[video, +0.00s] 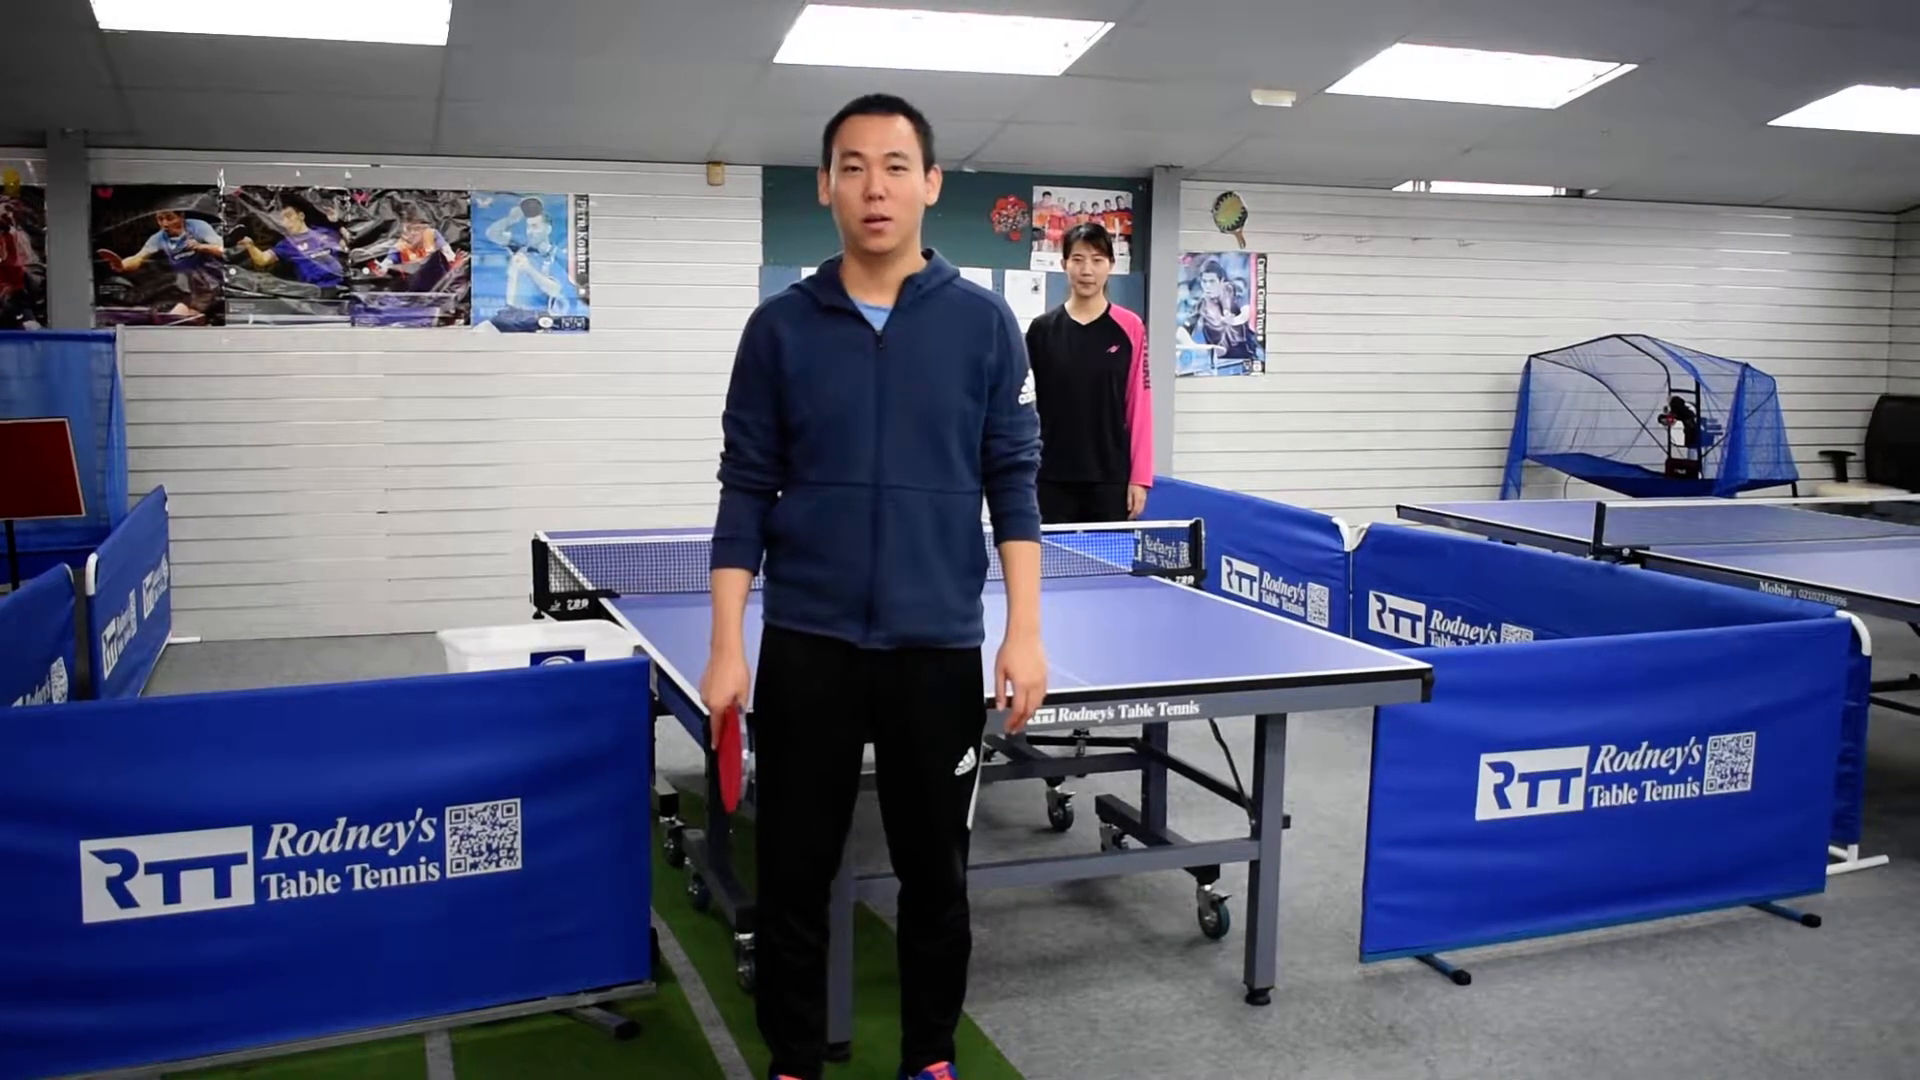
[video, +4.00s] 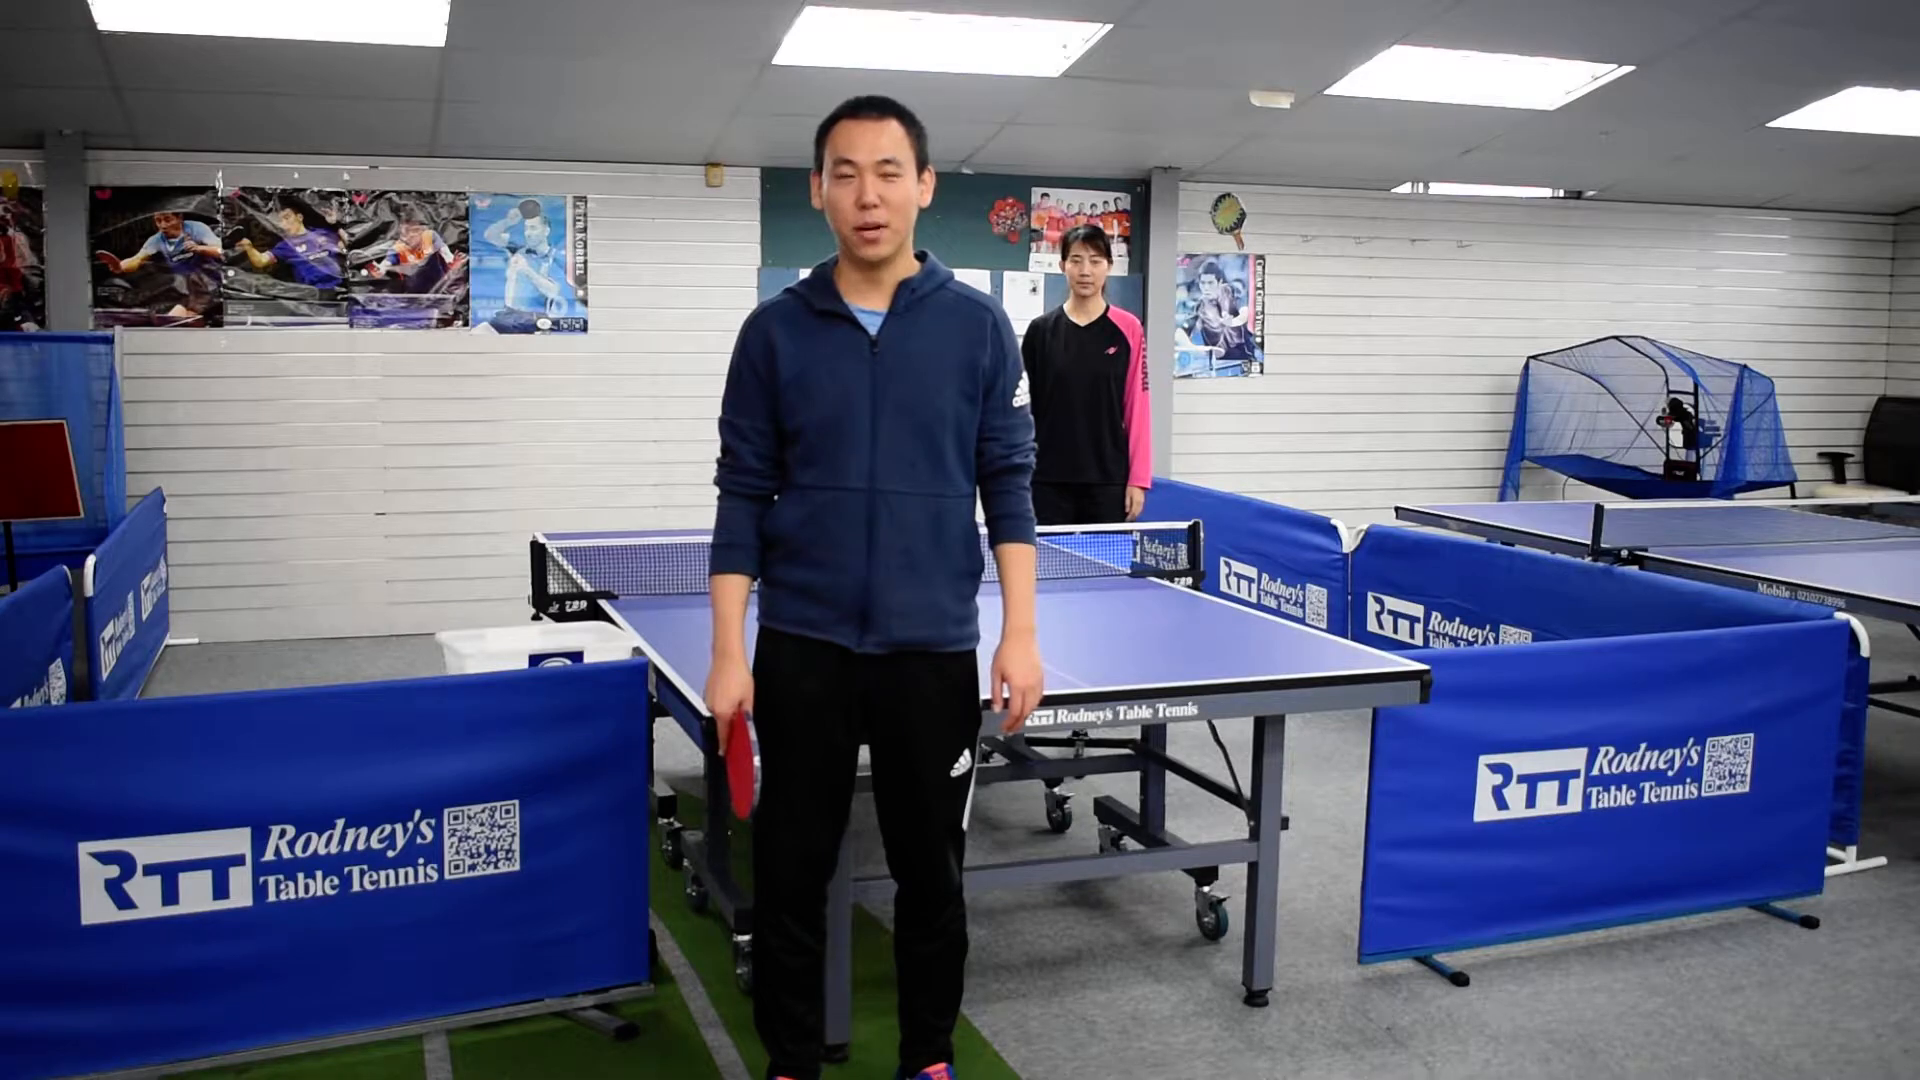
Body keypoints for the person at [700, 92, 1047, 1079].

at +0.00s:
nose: (874, 187)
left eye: (896, 167)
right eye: (853, 167)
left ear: (929, 188)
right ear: (827, 189)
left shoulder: (983, 324)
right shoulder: (780, 326)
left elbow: (1014, 481)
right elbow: (743, 486)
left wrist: (1025, 630)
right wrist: (726, 644)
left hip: (937, 645)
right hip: (808, 643)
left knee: (934, 874)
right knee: (792, 875)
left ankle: (931, 1059)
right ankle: (792, 1061)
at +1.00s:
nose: (877, 188)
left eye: (899, 169)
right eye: (856, 169)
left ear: (932, 190)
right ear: (829, 191)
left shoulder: (983, 327)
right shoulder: (780, 327)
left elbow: (1012, 485)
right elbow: (743, 488)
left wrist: (1022, 632)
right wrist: (726, 645)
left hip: (933, 645)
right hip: (805, 643)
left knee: (932, 874)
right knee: (790, 875)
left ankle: (930, 1060)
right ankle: (792, 1061)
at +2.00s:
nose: (870, 189)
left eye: (892, 169)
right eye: (849, 170)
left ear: (927, 190)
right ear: (824, 193)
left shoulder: (980, 327)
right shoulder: (778, 329)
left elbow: (1011, 486)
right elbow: (742, 490)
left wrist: (1021, 633)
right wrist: (729, 649)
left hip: (933, 645)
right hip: (805, 643)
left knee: (931, 875)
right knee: (790, 875)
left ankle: (929, 1061)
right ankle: (791, 1062)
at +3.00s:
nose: (866, 185)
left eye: (888, 165)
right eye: (844, 166)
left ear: (924, 188)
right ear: (820, 192)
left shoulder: (979, 327)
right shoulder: (776, 330)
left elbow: (1011, 485)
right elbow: (740, 490)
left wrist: (1020, 633)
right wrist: (727, 649)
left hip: (932, 645)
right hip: (804, 644)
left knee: (930, 874)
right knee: (789, 875)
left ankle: (929, 1060)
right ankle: (791, 1062)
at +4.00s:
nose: (867, 193)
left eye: (888, 172)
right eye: (846, 174)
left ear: (923, 189)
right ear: (820, 194)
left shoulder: (977, 326)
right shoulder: (775, 330)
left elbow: (1009, 483)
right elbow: (740, 491)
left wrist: (1020, 632)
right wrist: (728, 651)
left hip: (931, 644)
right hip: (804, 642)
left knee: (930, 871)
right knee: (789, 874)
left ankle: (929, 1061)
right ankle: (791, 1061)